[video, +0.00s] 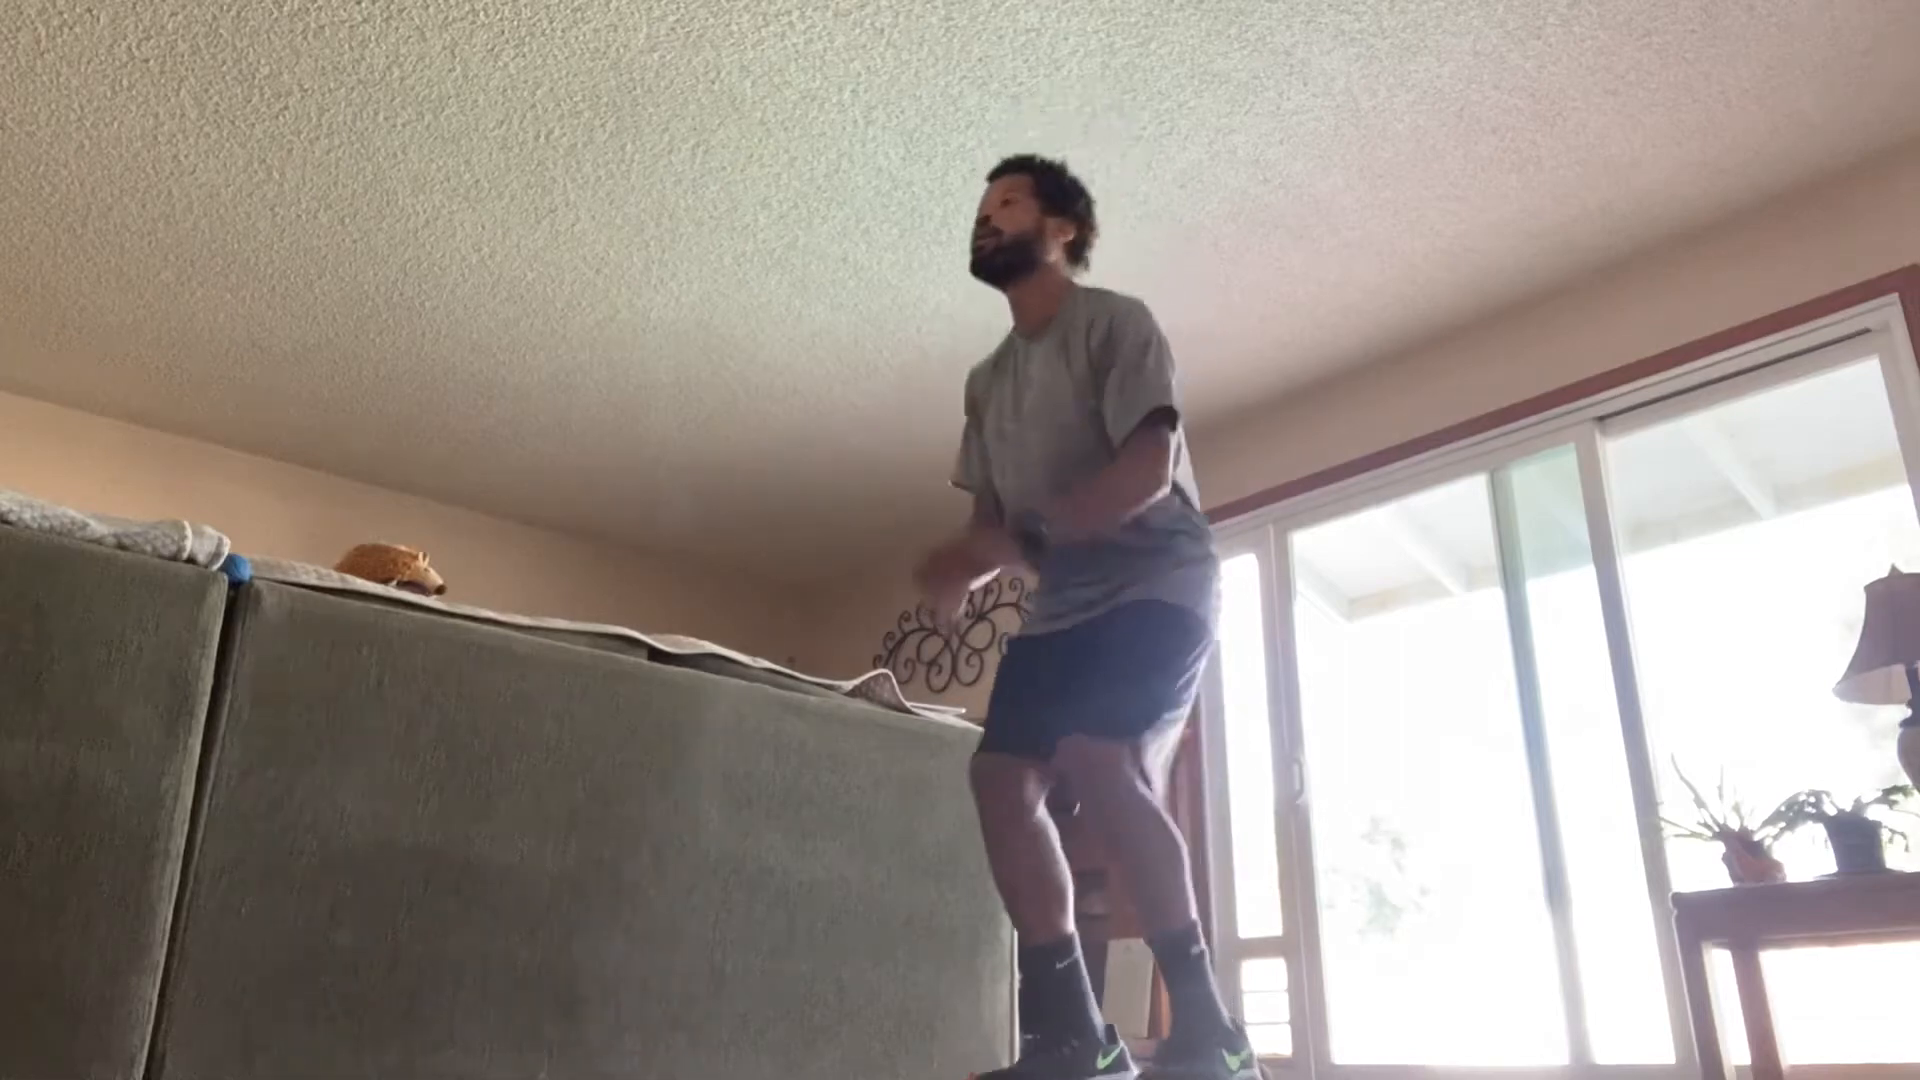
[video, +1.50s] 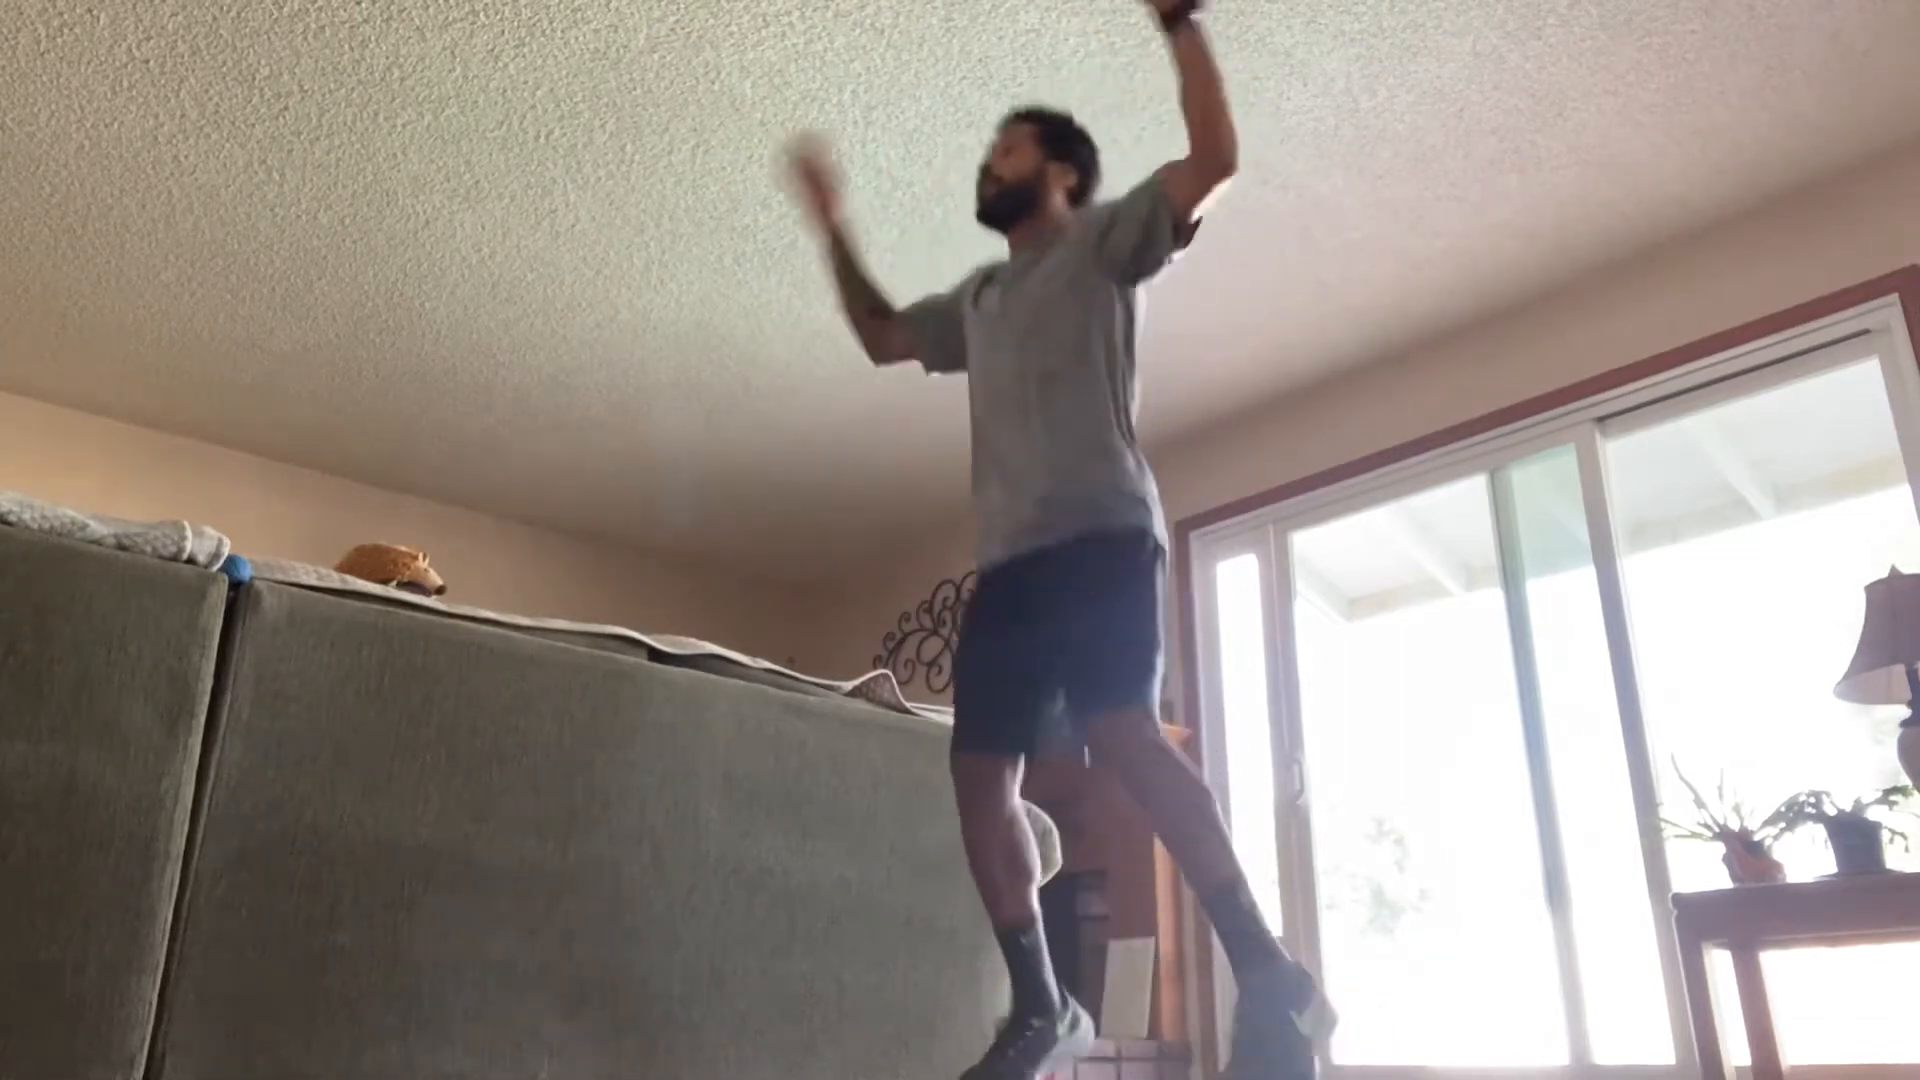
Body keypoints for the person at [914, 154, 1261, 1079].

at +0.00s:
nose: (984, 223)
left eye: (1006, 210)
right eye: (982, 212)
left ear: (1062, 230)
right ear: (982, 238)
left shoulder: (1117, 322)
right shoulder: (987, 381)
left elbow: (1153, 461)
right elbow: (996, 524)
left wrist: (1053, 526)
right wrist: (960, 568)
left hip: (1154, 586)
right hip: (1054, 607)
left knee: (1094, 759)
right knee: (1000, 775)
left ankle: (1205, 1032)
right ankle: (1069, 1036)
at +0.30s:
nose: (1028, 117)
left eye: (1052, 108)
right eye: (1026, 111)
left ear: (1103, 139)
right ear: (1029, 156)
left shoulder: (1136, 207)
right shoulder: (1011, 276)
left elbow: (1233, 204)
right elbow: (922, 377)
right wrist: (825, 301)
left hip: (1141, 493)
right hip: (1039, 519)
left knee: (1144, 693)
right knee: (1001, 726)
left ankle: (1280, 954)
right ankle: (1036, 974)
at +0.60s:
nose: (1041, 151)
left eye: (1064, 140)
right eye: (1042, 144)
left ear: (1118, 169)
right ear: (1048, 180)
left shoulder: (1146, 225)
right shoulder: (1016, 298)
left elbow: (1249, 147)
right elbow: (917, 362)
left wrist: (1197, 26)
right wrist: (846, 267)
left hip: (1145, 523)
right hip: (1040, 546)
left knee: (1185, 730)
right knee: (1009, 765)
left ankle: (1312, 976)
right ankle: (1034, 995)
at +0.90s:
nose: (1012, 186)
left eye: (1036, 173)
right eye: (1012, 177)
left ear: (1086, 203)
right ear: (1015, 217)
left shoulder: (1133, 287)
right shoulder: (1005, 346)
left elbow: (1204, 428)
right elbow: (1023, 474)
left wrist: (1119, 514)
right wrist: (1016, 544)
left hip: (1144, 558)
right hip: (1045, 578)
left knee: (1104, 767)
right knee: (1047, 788)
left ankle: (1205, 1014)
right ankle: (1156, 1021)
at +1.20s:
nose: (1016, 107)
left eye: (1040, 96)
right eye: (1017, 100)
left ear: (1091, 122)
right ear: (1031, 140)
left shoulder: (1124, 189)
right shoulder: (1008, 256)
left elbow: (1256, 175)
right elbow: (932, 359)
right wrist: (832, 292)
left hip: (1130, 471)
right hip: (1033, 492)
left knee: (1132, 679)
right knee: (1002, 712)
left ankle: (1267, 938)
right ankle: (1055, 958)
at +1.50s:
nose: (988, 163)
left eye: (1009, 148)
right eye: (988, 152)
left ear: (1064, 171)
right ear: (1006, 183)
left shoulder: (1101, 242)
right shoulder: (977, 299)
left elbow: (1212, 160)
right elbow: (881, 334)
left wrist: (1184, 31)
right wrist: (832, 227)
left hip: (1104, 533)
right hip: (1010, 557)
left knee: (1121, 737)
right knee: (980, 775)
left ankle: (1266, 973)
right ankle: (1039, 1007)